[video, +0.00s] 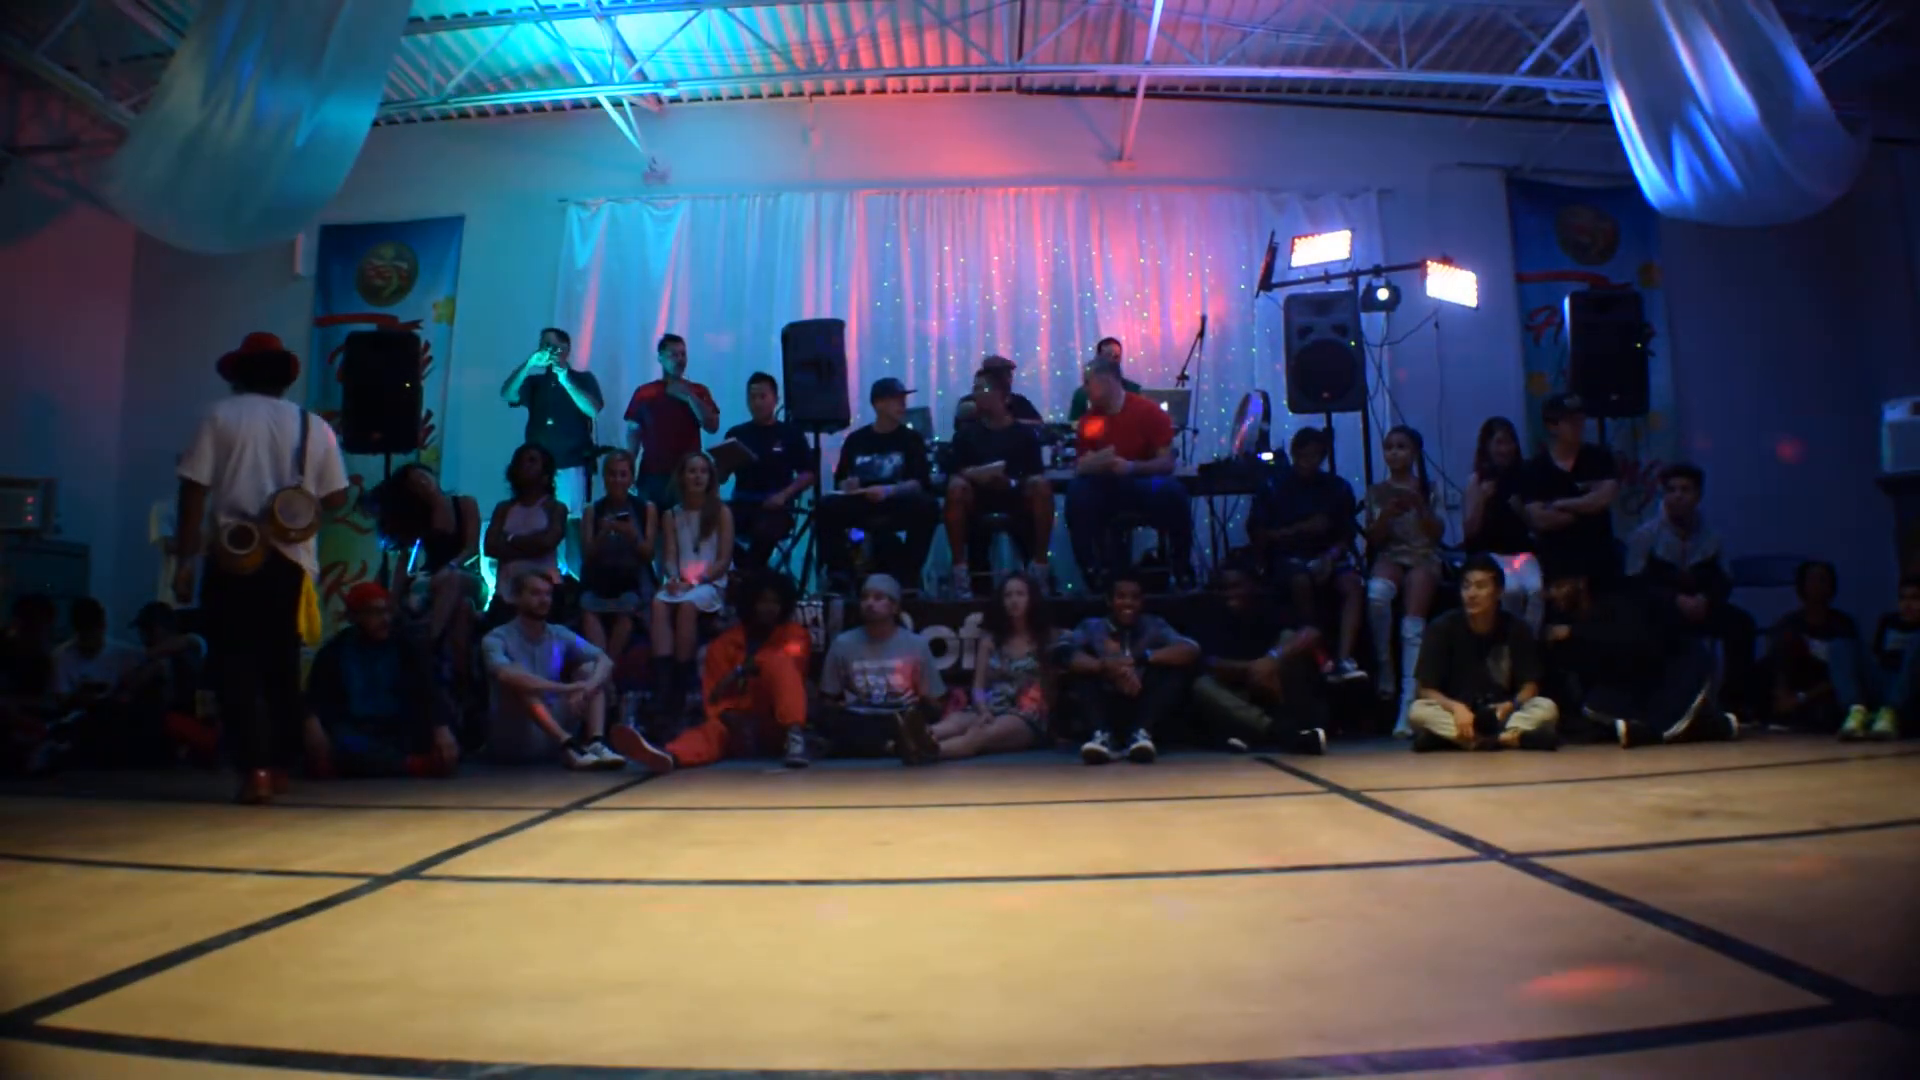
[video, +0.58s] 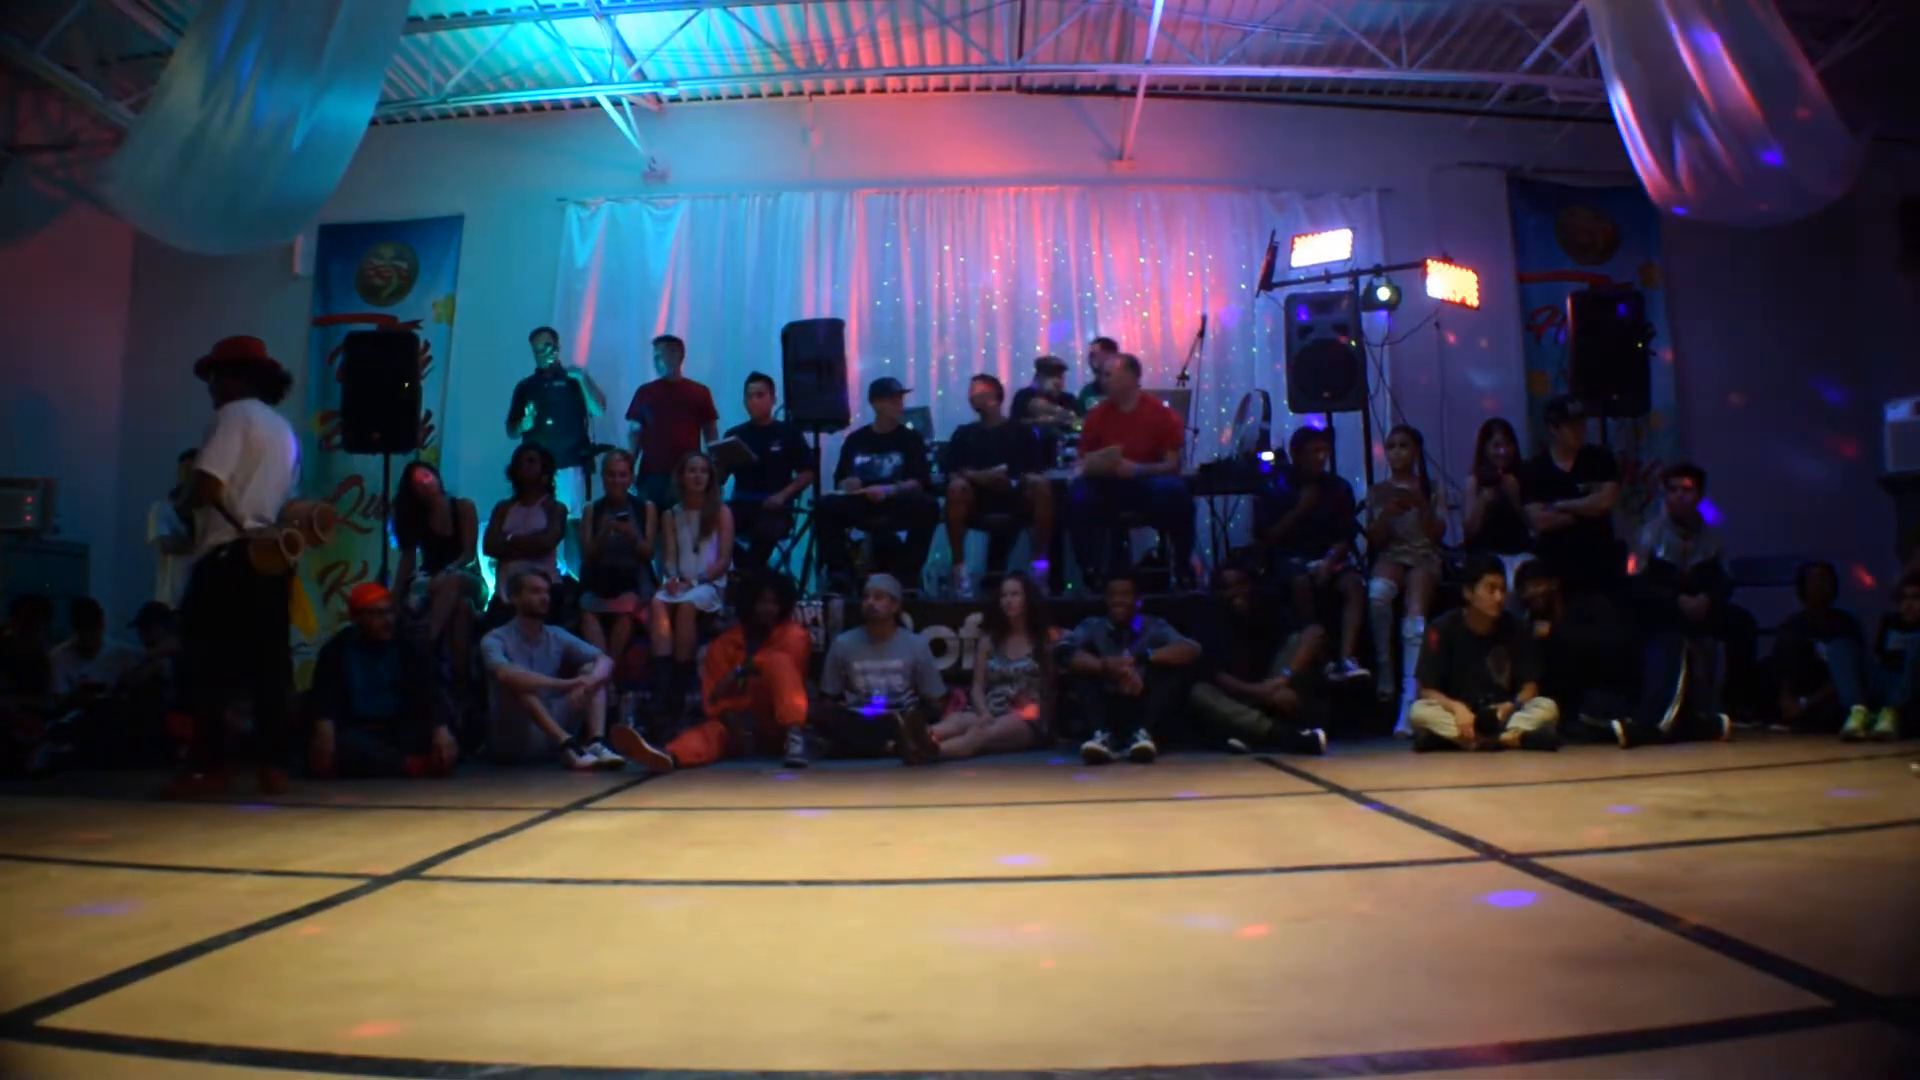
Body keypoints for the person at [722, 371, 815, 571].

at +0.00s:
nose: (757, 402)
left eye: (763, 396)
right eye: (752, 397)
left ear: (775, 399)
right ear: (747, 401)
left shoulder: (790, 433)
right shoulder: (736, 434)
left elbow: (808, 474)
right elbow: (720, 477)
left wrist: (783, 496)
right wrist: (728, 458)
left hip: (776, 502)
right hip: (743, 502)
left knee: (766, 532)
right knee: (720, 524)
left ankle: (752, 573)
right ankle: (744, 564)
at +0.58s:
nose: (754, 401)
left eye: (760, 395)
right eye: (750, 396)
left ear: (773, 399)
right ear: (745, 401)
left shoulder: (788, 433)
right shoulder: (734, 435)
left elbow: (808, 472)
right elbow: (720, 477)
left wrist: (782, 496)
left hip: (774, 503)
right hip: (742, 502)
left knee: (767, 532)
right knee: (721, 524)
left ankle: (752, 573)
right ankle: (743, 565)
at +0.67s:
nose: (754, 402)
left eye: (760, 396)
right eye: (750, 396)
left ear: (773, 400)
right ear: (745, 401)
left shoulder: (788, 433)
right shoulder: (735, 435)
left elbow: (808, 472)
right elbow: (720, 474)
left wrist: (782, 496)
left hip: (774, 503)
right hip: (742, 502)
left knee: (766, 532)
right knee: (720, 525)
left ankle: (754, 573)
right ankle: (743, 564)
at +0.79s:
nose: (755, 402)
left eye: (760, 396)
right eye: (750, 397)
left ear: (773, 400)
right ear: (746, 402)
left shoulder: (789, 433)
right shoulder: (736, 436)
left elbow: (809, 471)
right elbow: (721, 477)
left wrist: (783, 493)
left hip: (776, 501)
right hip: (743, 501)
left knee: (767, 532)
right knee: (721, 524)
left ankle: (753, 572)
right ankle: (744, 564)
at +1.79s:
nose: (754, 406)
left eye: (759, 399)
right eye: (749, 400)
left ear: (772, 400)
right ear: (744, 403)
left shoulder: (789, 433)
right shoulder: (739, 434)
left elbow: (805, 473)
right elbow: (720, 477)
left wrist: (775, 468)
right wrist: (727, 455)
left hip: (777, 503)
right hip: (743, 501)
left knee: (766, 530)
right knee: (718, 524)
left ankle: (752, 574)